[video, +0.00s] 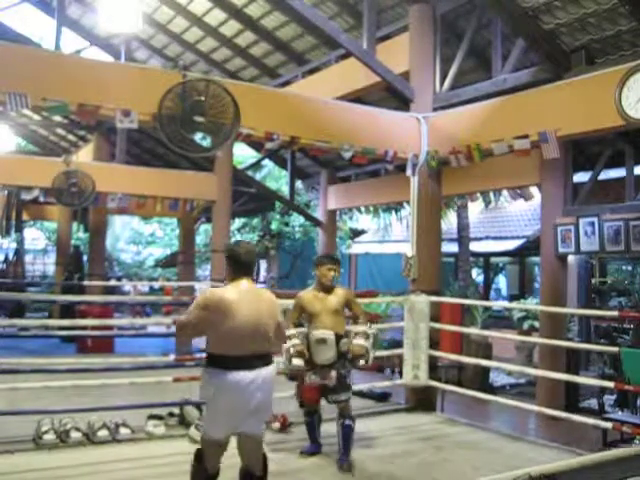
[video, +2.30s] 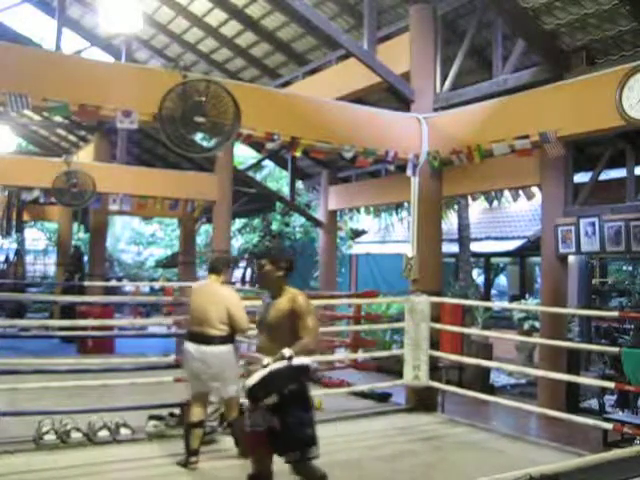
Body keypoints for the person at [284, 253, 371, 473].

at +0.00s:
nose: (332, 274)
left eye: (335, 271)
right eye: (328, 270)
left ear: (338, 273)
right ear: (317, 271)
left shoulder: (344, 295)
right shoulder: (303, 298)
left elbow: (361, 317)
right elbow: (291, 324)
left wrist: (359, 340)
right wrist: (297, 345)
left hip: (339, 350)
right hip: (312, 350)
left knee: (343, 402)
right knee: (308, 398)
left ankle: (345, 454)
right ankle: (314, 443)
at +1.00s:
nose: (342, 278)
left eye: (345, 273)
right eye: (336, 274)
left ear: (349, 274)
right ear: (326, 277)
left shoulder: (361, 297)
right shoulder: (317, 304)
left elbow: (374, 319)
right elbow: (302, 338)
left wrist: (369, 339)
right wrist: (302, 371)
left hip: (355, 368)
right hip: (327, 369)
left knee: (359, 428)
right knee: (324, 427)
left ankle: (348, 462)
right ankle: (328, 473)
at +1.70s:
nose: (328, 273)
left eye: (334, 268)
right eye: (324, 268)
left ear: (345, 271)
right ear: (319, 272)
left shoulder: (359, 304)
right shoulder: (308, 302)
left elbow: (386, 336)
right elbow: (289, 329)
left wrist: (371, 367)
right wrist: (287, 361)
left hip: (344, 379)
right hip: (311, 378)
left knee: (346, 449)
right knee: (300, 452)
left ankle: (349, 475)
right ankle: (321, 476)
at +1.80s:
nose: (321, 273)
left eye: (327, 268)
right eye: (318, 268)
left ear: (340, 270)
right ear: (313, 271)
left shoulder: (356, 304)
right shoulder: (304, 302)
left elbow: (379, 338)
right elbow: (292, 329)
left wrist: (353, 363)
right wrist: (293, 359)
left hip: (340, 387)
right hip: (307, 385)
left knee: (344, 453)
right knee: (289, 447)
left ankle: (347, 475)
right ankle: (300, 475)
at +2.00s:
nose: (299, 276)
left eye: (305, 270)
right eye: (297, 271)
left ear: (321, 273)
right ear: (295, 275)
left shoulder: (339, 303)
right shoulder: (295, 304)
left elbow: (352, 339)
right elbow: (293, 338)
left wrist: (325, 349)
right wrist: (293, 355)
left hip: (328, 381)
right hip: (298, 380)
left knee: (336, 452)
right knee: (281, 446)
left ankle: (343, 470)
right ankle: (278, 472)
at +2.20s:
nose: (271, 274)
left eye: (276, 268)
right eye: (271, 269)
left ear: (293, 272)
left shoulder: (309, 301)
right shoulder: (282, 304)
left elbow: (323, 341)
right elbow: (284, 341)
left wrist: (298, 352)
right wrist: (270, 358)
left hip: (302, 380)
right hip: (279, 378)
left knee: (310, 449)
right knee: (267, 443)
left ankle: (327, 472)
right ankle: (265, 471)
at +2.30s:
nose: (257, 272)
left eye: (262, 267)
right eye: (257, 268)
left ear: (281, 269)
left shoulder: (297, 299)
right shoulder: (271, 301)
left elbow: (310, 340)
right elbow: (271, 340)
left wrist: (283, 355)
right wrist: (257, 359)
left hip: (289, 381)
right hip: (267, 378)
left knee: (299, 461)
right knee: (260, 449)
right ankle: (261, 470)